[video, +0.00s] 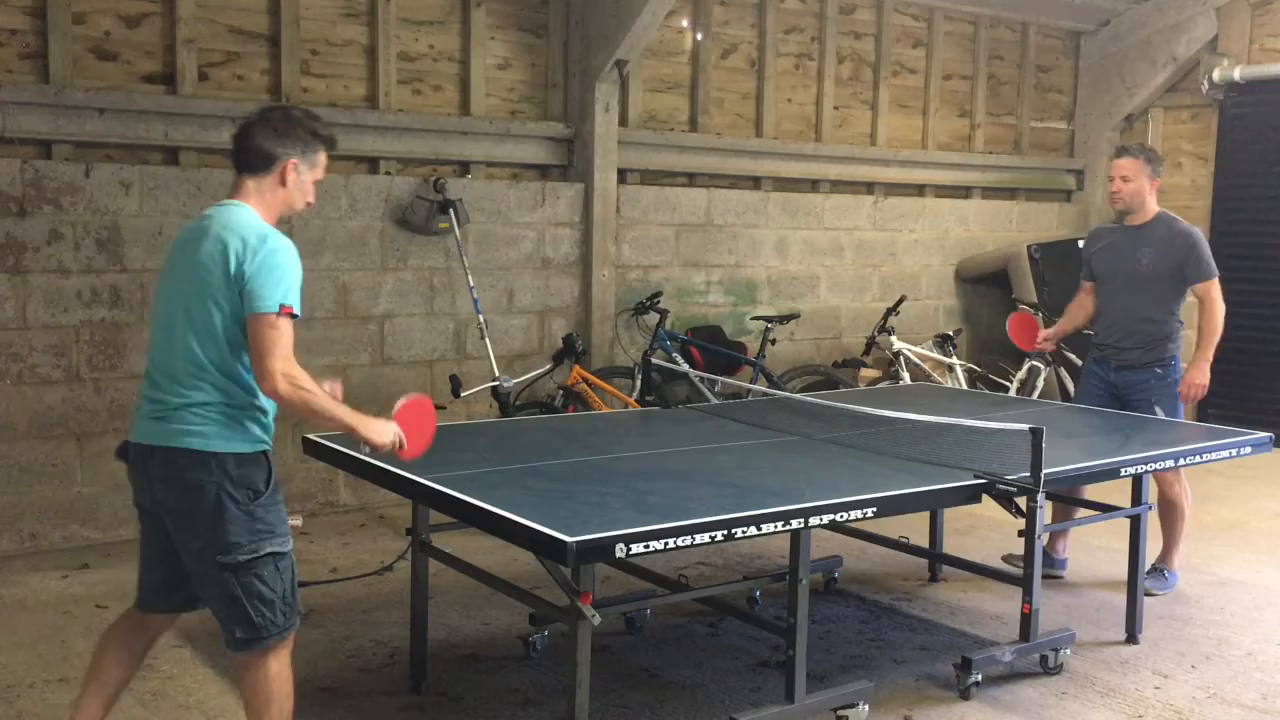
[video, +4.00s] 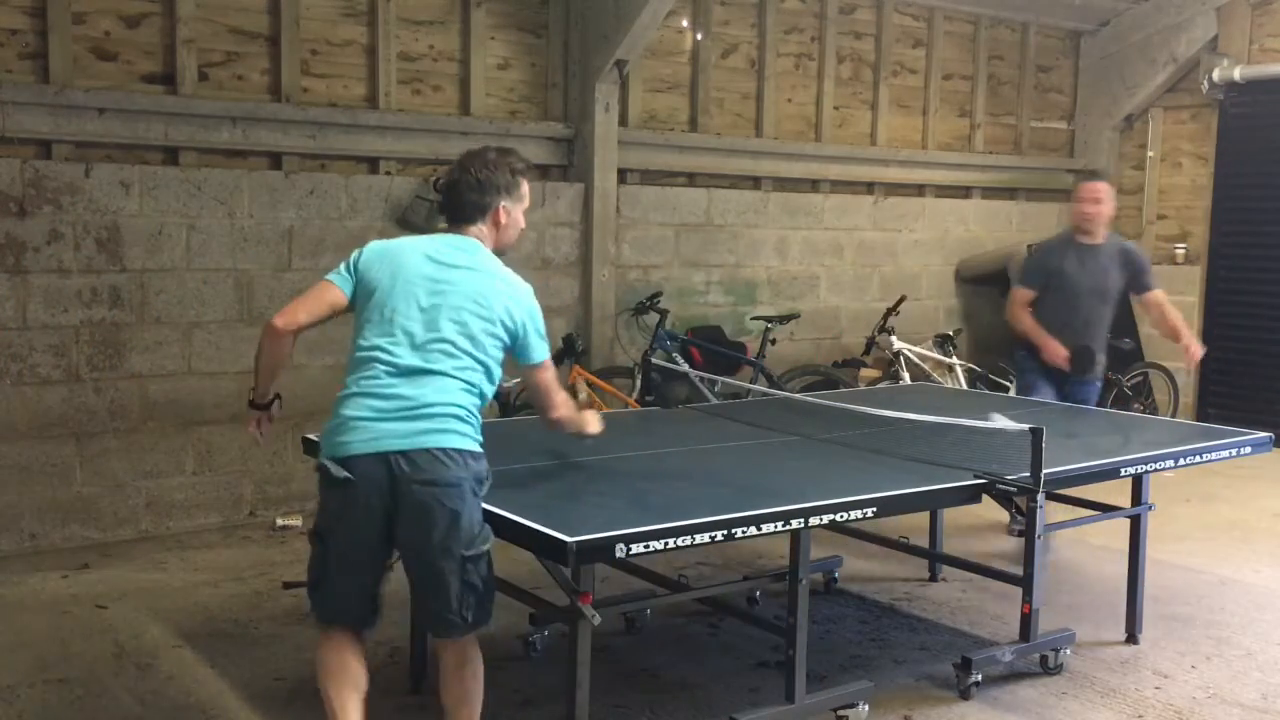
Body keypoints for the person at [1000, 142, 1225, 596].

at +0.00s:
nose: (1114, 188)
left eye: (1124, 180)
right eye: (1111, 181)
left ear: (1153, 185)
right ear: (1109, 185)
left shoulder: (1183, 238)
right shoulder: (1098, 238)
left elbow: (1212, 302)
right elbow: (1087, 298)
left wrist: (1201, 364)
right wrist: (1057, 331)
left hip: (1154, 375)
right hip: (1099, 370)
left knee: (1166, 474)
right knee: (1071, 458)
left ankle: (1167, 562)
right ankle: (1054, 549)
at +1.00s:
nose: (1097, 210)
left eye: (1106, 202)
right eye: (1093, 201)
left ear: (1133, 199)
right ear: (1088, 201)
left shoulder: (1167, 241)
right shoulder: (1074, 248)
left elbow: (1197, 297)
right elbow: (1047, 297)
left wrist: (1188, 354)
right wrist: (1050, 335)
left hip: (1151, 377)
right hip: (1090, 378)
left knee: (1170, 467)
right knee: (1069, 461)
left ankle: (1183, 556)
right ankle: (1070, 542)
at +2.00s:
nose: (1151, 205)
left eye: (1162, 198)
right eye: (1146, 196)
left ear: (1185, 202)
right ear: (1140, 198)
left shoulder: (1211, 251)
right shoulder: (1119, 247)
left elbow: (1243, 304)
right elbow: (1094, 300)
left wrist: (1266, 351)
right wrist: (1069, 347)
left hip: (1174, 376)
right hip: (1114, 369)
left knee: (1189, 468)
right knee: (1077, 445)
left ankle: (1207, 555)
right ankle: (1056, 522)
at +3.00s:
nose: (869, 246)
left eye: (875, 239)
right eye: (869, 239)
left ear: (901, 240)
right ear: (892, 241)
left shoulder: (944, 273)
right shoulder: (882, 297)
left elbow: (1002, 292)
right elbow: (847, 341)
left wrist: (1012, 305)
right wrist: (789, 351)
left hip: (984, 379)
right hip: (939, 387)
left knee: (1025, 460)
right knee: (898, 438)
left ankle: (1094, 536)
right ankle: (882, 508)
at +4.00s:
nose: (1088, 209)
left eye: (1097, 202)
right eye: (1082, 201)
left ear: (1113, 209)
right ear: (1072, 207)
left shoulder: (1126, 257)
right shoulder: (1048, 253)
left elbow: (1156, 305)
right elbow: (1016, 308)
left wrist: (1185, 337)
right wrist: (1046, 343)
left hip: (1087, 373)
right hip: (1040, 367)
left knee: (1072, 448)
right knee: (1036, 440)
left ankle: (1030, 508)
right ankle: (1025, 509)